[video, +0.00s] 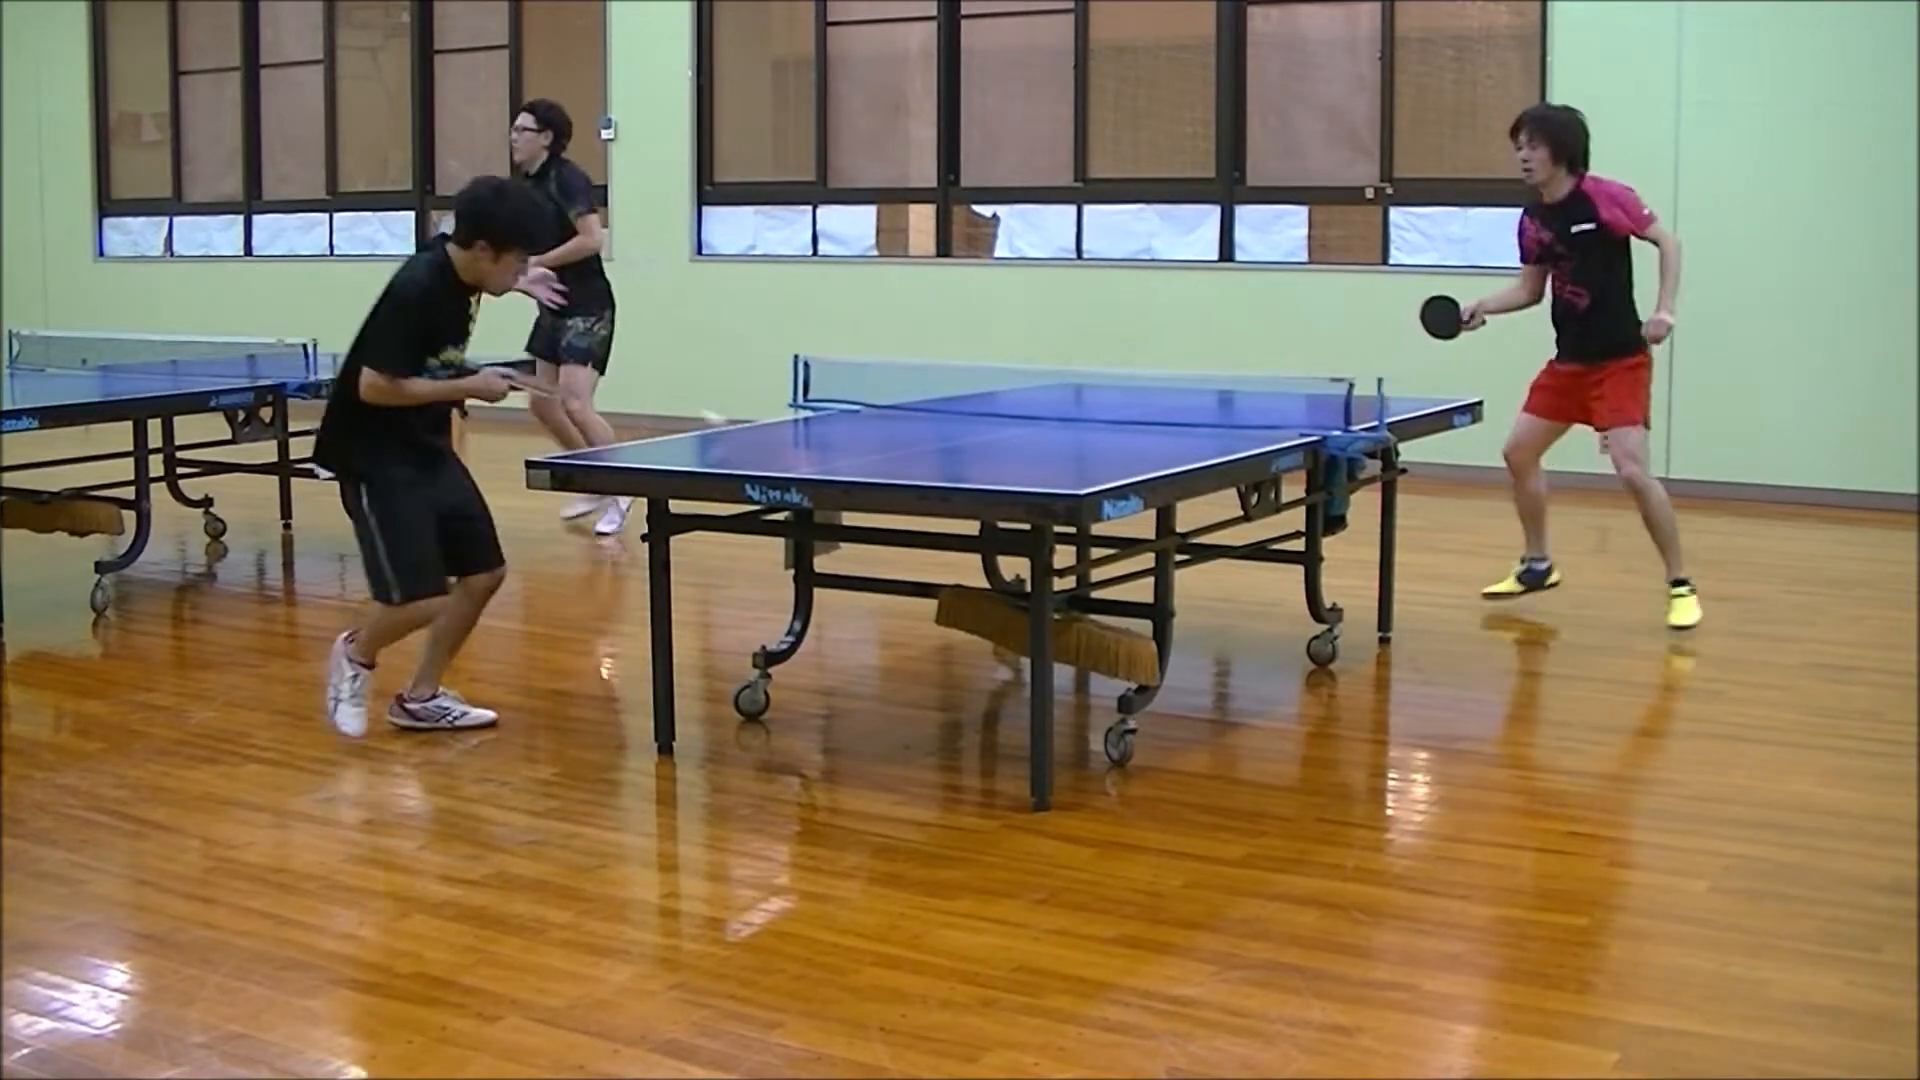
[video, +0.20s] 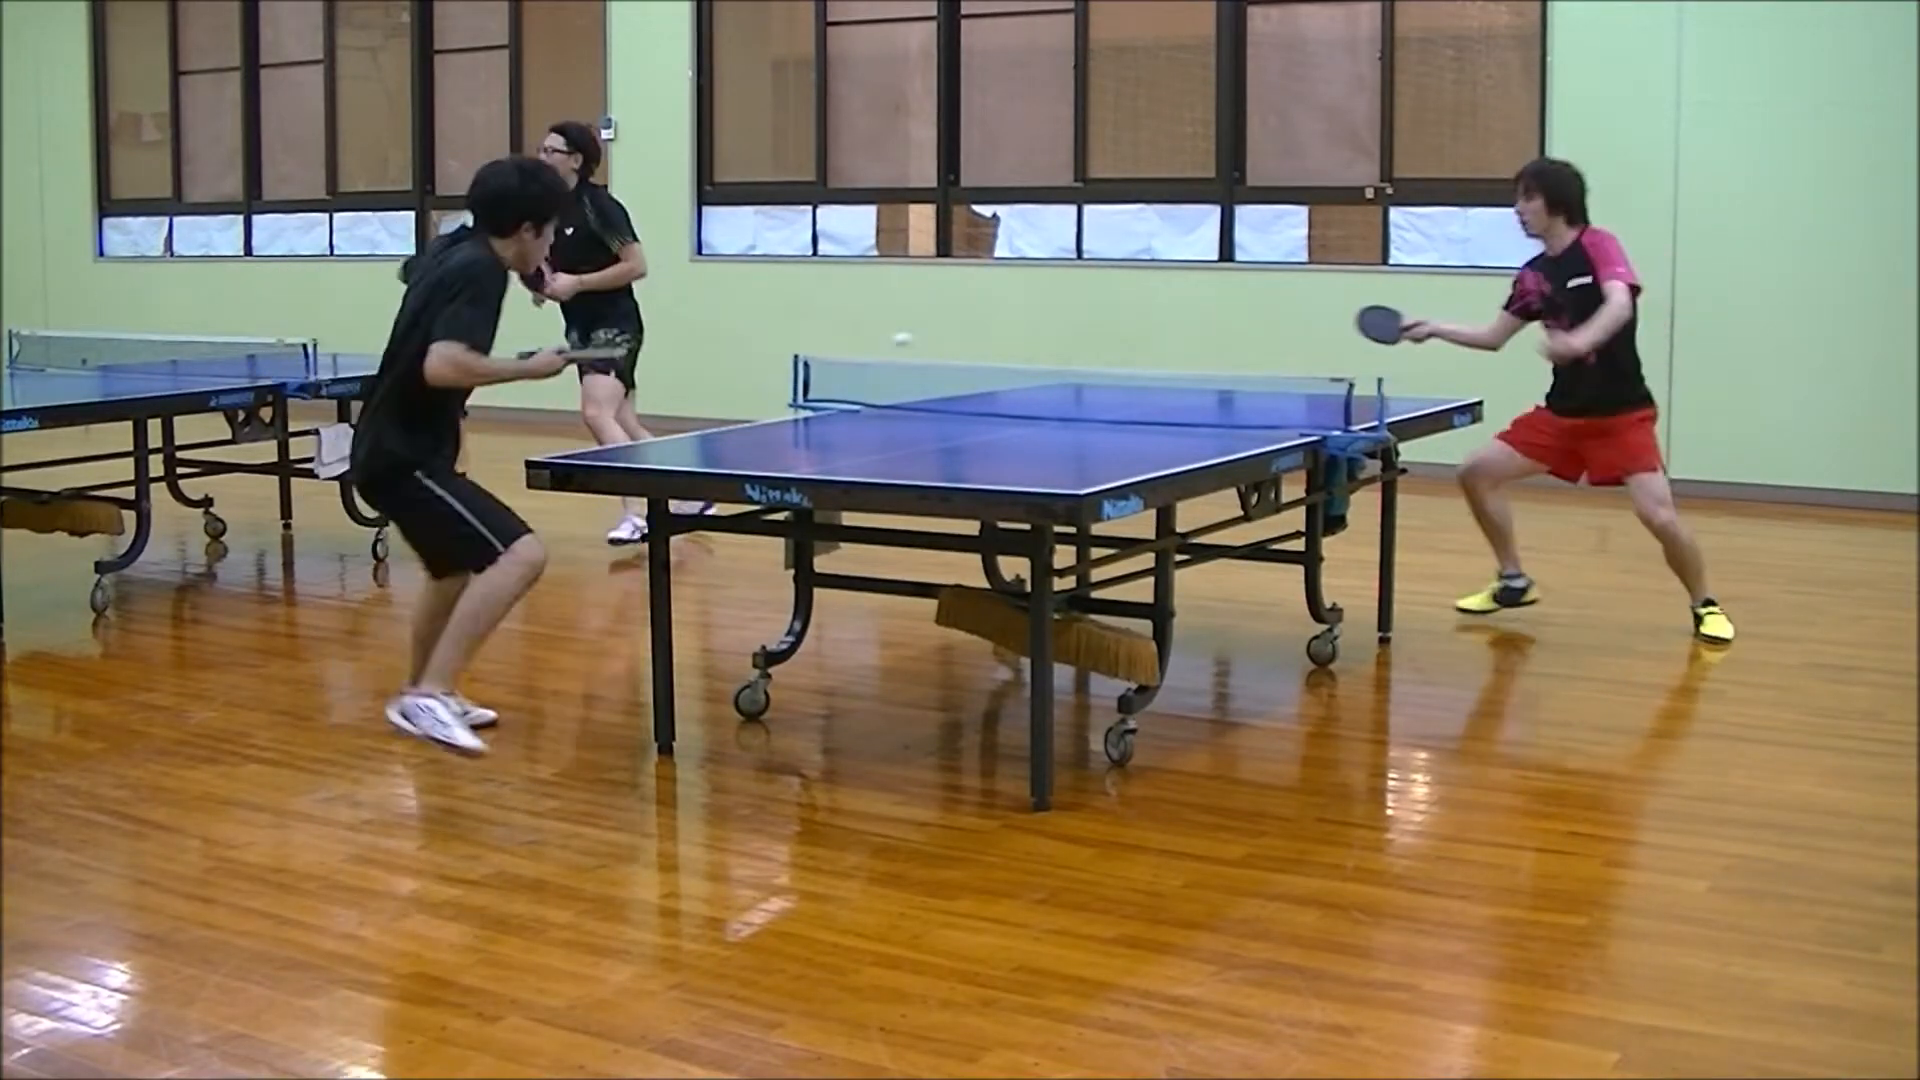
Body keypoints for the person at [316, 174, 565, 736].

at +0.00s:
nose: (522, 270)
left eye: (525, 259)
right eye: (518, 259)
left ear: (481, 246)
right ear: (483, 251)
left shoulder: (458, 283)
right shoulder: (418, 285)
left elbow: (424, 370)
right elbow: (372, 386)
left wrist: (479, 379)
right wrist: (466, 387)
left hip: (425, 447)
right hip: (372, 454)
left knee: (483, 572)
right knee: (422, 597)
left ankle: (420, 695)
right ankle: (354, 654)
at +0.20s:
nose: (548, 245)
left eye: (551, 233)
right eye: (547, 232)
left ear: (493, 218)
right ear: (520, 229)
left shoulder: (454, 254)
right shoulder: (480, 269)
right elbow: (441, 366)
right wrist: (528, 367)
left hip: (388, 453)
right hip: (405, 458)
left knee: (451, 570)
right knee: (523, 553)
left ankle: (427, 692)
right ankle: (430, 695)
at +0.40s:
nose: (549, 257)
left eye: (548, 246)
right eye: (547, 246)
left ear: (477, 246)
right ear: (530, 251)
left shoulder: (418, 301)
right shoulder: (516, 313)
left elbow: (383, 366)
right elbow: (543, 410)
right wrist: (599, 412)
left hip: (370, 492)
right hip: (448, 497)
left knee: (354, 619)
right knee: (528, 665)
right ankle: (529, 838)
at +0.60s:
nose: (548, 257)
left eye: (546, 245)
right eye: (546, 245)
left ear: (473, 246)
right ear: (530, 250)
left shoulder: (416, 301)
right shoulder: (513, 324)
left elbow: (351, 393)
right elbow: (532, 428)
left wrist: (397, 433)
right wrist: (591, 435)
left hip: (351, 503)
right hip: (434, 514)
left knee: (344, 609)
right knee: (545, 655)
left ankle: (274, 750)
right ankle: (539, 807)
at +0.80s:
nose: (531, 278)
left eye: (530, 264)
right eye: (527, 265)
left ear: (457, 262)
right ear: (505, 270)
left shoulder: (412, 319)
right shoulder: (482, 343)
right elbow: (542, 457)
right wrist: (615, 439)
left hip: (336, 534)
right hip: (409, 540)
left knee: (361, 631)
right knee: (553, 656)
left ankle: (276, 765)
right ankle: (570, 832)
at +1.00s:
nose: (572, 321)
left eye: (571, 308)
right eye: (566, 309)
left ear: (521, 314)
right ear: (532, 317)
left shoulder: (513, 374)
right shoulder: (476, 388)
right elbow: (533, 513)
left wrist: (582, 420)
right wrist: (610, 480)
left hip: (410, 578)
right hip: (424, 592)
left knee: (408, 667)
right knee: (600, 661)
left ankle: (281, 767)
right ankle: (595, 847)